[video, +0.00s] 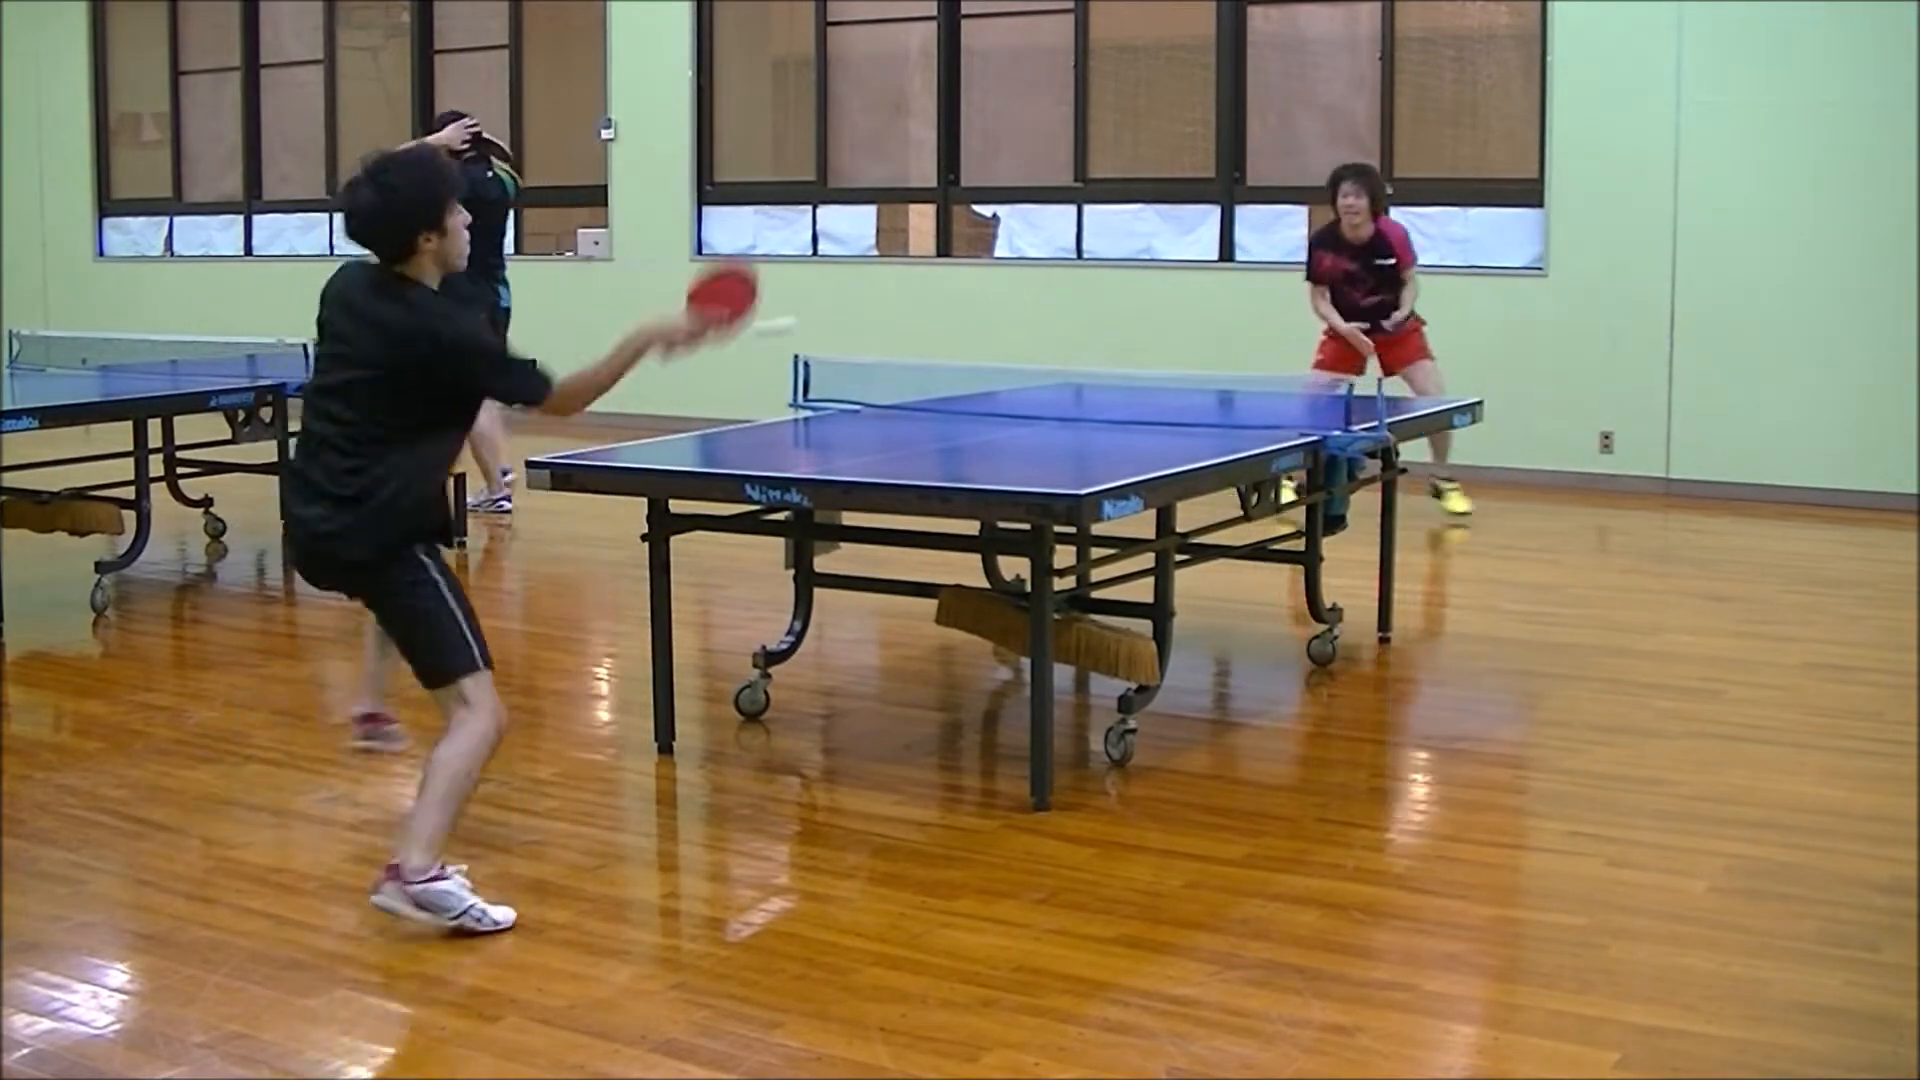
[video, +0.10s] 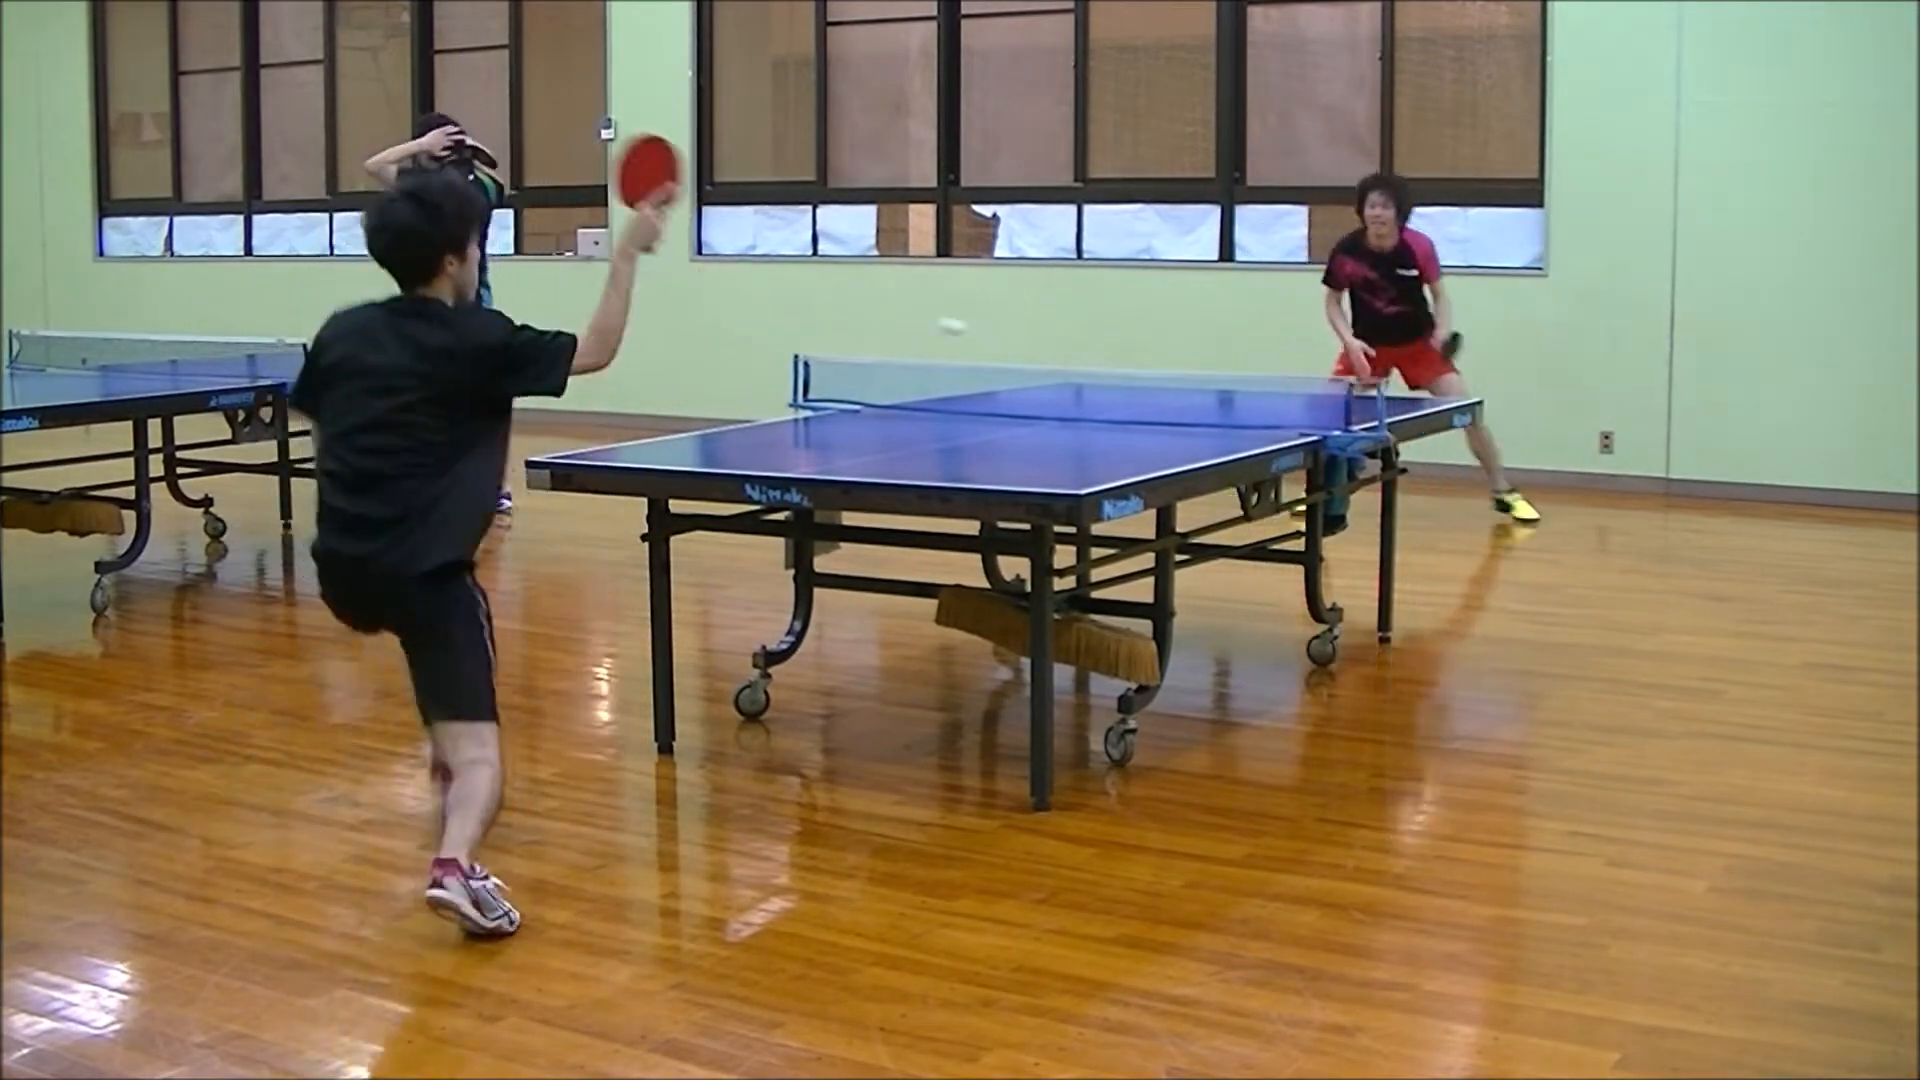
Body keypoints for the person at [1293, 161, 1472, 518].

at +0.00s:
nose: (1348, 203)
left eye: (1357, 195)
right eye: (1342, 196)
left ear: (1373, 201)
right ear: (1334, 201)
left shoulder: (1393, 234)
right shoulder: (1322, 242)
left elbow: (1409, 281)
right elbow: (1319, 298)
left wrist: (1403, 310)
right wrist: (1345, 329)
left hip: (1395, 327)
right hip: (1345, 330)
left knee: (1435, 399)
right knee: (1314, 401)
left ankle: (1441, 478)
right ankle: (1297, 477)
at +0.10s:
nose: (1377, 214)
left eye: (1385, 206)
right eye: (1370, 206)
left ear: (1400, 211)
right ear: (1361, 212)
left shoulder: (1418, 246)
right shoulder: (1347, 252)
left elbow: (1439, 295)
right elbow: (1332, 303)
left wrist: (1442, 331)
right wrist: (1349, 343)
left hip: (1417, 346)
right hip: (1366, 349)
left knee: (1467, 411)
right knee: (1332, 418)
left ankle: (1503, 492)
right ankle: (1325, 506)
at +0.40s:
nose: (1383, 233)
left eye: (1392, 227)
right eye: (1379, 224)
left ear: (1409, 233)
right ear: (1370, 225)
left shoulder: (1420, 266)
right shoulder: (1346, 259)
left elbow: (1438, 313)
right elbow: (1317, 312)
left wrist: (1469, 359)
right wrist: (1338, 360)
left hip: (1388, 352)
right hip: (1335, 351)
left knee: (1437, 409)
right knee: (1304, 415)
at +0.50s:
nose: (1361, 249)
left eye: (1370, 243)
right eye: (1356, 241)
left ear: (1386, 249)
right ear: (1347, 242)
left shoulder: (1395, 282)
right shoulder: (1322, 274)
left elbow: (1410, 334)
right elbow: (1292, 320)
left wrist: (1438, 387)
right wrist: (1310, 369)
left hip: (1364, 366)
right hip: (1315, 365)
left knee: (1415, 412)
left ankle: (1412, 485)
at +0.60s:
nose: (1332, 270)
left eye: (1342, 264)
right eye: (1328, 260)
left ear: (1355, 272)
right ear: (1317, 260)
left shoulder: (1358, 303)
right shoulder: (1288, 285)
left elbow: (1371, 352)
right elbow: (1256, 326)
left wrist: (1385, 389)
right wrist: (1278, 367)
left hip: (1330, 377)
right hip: (1275, 376)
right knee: (1241, 427)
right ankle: (1198, 494)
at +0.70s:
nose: (1304, 285)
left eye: (1312, 280)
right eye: (1299, 275)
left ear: (1319, 284)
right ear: (1285, 269)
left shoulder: (1317, 315)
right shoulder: (1248, 291)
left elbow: (1330, 366)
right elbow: (1217, 328)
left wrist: (1335, 401)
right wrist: (1243, 368)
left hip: (1295, 386)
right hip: (1240, 382)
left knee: (1355, 418)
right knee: (1203, 428)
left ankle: (1398, 480)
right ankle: (1190, 499)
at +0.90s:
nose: (1209, 278)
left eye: (1218, 273)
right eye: (1205, 271)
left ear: (1229, 277)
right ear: (1195, 272)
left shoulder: (1235, 303)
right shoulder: (1187, 298)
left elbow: (1231, 346)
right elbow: (1185, 331)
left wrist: (1224, 347)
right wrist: (1170, 357)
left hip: (1275, 383)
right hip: (1228, 381)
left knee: (1308, 430)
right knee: (1188, 423)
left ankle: (1350, 471)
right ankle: (1191, 499)